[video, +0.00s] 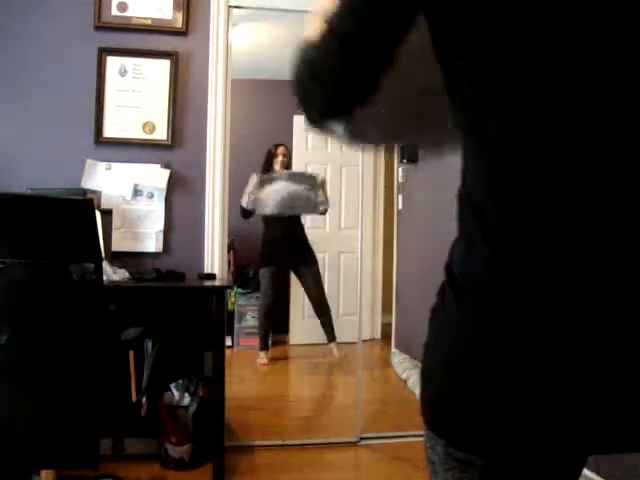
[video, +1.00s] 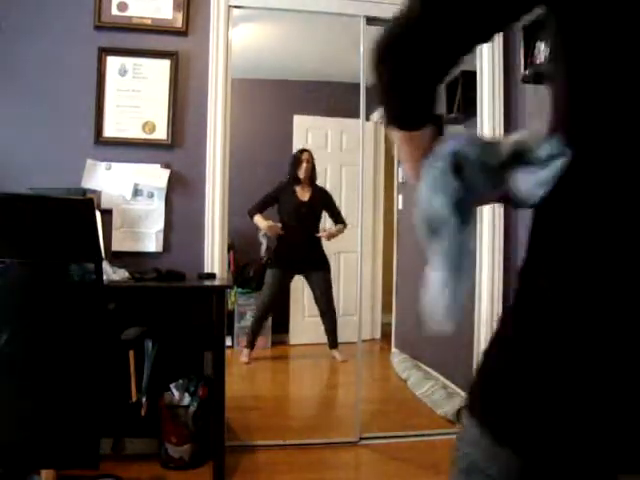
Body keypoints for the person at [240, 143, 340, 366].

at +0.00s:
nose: (282, 159)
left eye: (285, 156)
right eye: (278, 155)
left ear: (290, 159)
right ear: (270, 158)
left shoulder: (297, 182)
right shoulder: (261, 182)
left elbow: (321, 210)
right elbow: (245, 213)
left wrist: (321, 189)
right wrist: (252, 188)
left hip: (297, 243)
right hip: (272, 245)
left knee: (317, 294)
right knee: (267, 299)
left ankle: (332, 342)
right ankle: (264, 350)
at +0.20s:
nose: (288, 160)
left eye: (291, 157)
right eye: (284, 157)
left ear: (295, 161)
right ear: (276, 160)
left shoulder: (303, 187)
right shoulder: (266, 189)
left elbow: (321, 217)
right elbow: (257, 220)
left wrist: (306, 199)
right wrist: (269, 203)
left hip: (303, 247)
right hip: (277, 250)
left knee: (321, 295)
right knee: (270, 300)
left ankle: (335, 343)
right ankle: (264, 349)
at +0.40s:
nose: (309, 163)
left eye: (312, 159)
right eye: (304, 159)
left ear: (317, 163)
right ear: (297, 164)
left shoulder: (327, 191)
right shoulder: (289, 191)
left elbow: (344, 218)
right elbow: (273, 221)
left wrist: (344, 222)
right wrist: (281, 230)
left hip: (321, 252)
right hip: (293, 254)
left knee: (330, 302)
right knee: (281, 300)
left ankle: (334, 347)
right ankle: (265, 347)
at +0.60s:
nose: (318, 162)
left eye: (321, 158)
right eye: (314, 158)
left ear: (326, 161)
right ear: (307, 163)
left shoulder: (338, 188)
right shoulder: (299, 188)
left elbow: (360, 213)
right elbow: (270, 210)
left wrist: (347, 225)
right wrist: (280, 222)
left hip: (326, 249)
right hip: (299, 248)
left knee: (332, 301)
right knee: (277, 295)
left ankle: (335, 348)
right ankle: (256, 342)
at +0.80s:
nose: (317, 162)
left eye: (321, 158)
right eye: (313, 158)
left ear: (326, 162)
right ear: (307, 164)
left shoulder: (337, 190)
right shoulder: (298, 189)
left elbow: (355, 216)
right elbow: (270, 210)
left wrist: (346, 229)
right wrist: (280, 222)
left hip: (325, 249)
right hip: (297, 248)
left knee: (332, 302)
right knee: (275, 293)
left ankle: (335, 347)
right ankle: (250, 341)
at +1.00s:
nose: (306, 166)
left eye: (309, 162)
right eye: (302, 162)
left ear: (314, 166)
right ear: (294, 166)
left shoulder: (321, 194)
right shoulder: (283, 190)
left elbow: (341, 223)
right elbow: (253, 211)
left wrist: (333, 232)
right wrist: (265, 225)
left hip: (312, 253)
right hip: (285, 253)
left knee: (325, 302)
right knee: (267, 301)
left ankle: (334, 347)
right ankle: (249, 346)